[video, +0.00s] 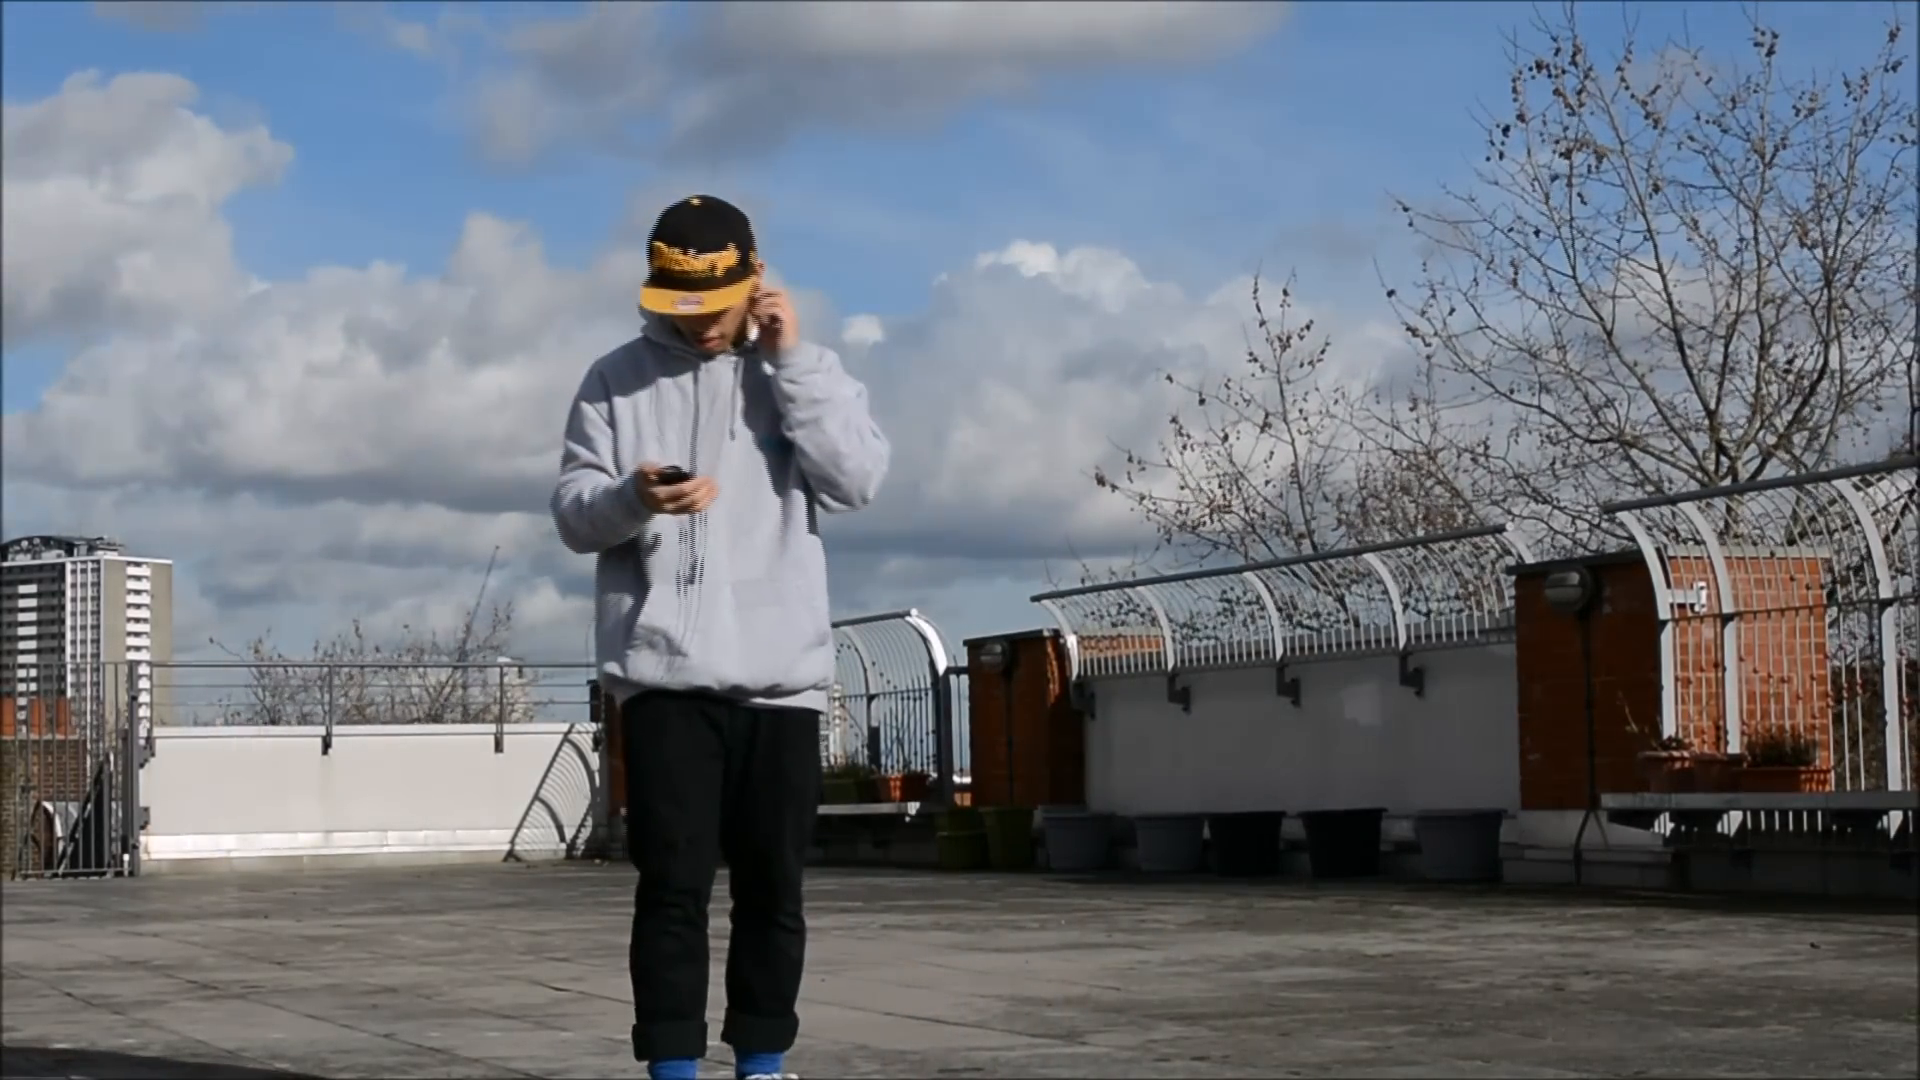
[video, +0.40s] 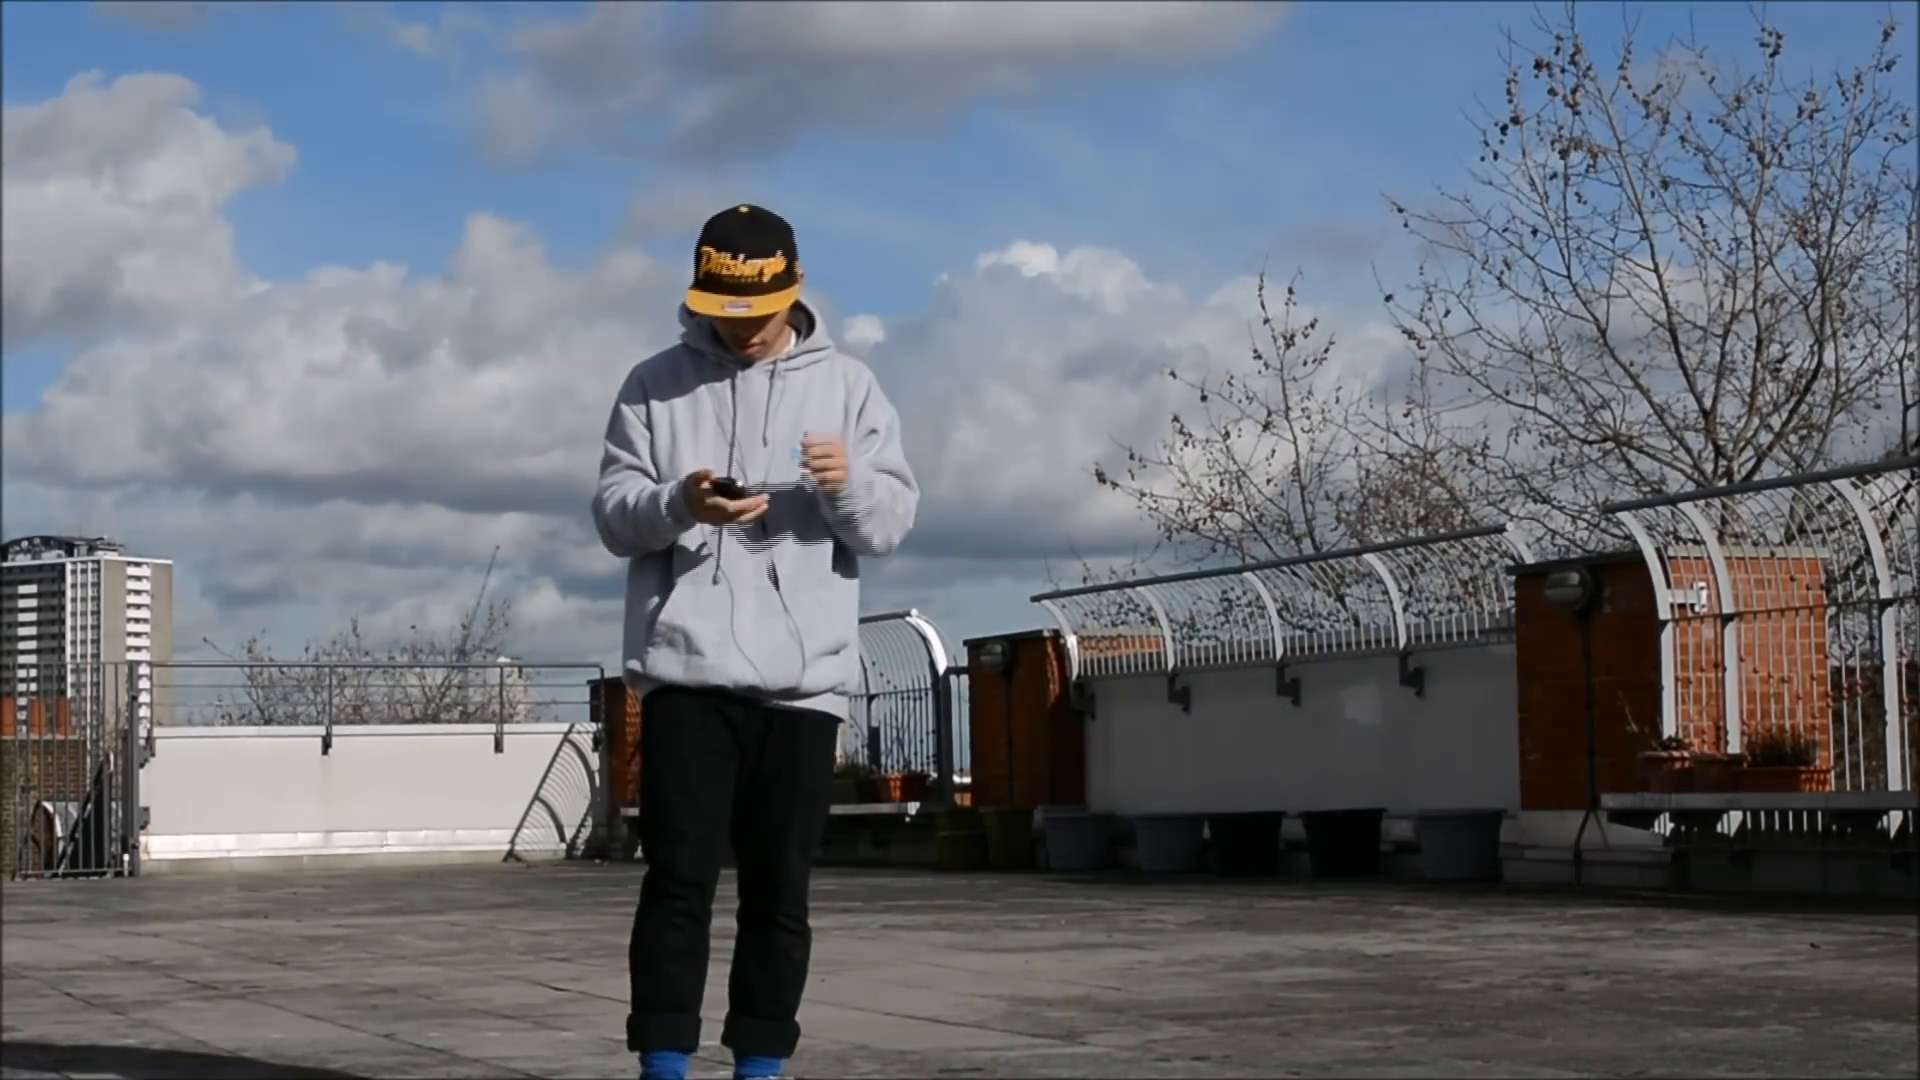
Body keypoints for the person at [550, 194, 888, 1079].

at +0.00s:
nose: (696, 329)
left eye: (712, 311)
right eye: (677, 314)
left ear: (751, 285)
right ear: (652, 291)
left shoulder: (797, 370)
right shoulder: (616, 378)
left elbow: (857, 479)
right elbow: (575, 517)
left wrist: (791, 357)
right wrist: (635, 497)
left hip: (779, 675)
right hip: (662, 676)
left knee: (771, 882)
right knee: (674, 881)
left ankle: (764, 1062)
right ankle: (672, 1064)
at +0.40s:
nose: (742, 327)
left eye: (759, 311)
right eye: (725, 312)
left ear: (793, 290)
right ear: (700, 295)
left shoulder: (848, 383)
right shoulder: (654, 384)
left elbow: (892, 521)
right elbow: (616, 515)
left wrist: (847, 485)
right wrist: (679, 504)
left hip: (803, 676)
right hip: (686, 674)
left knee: (780, 883)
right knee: (680, 875)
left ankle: (763, 1063)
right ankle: (664, 1061)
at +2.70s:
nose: (753, 278)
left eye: (772, 259)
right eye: (736, 260)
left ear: (807, 262)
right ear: (716, 263)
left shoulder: (863, 375)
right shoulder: (661, 374)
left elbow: (908, 487)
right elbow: (616, 504)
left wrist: (873, 533)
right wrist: (607, 613)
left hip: (804, 677)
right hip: (683, 669)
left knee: (781, 885)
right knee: (671, 877)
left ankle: (762, 1063)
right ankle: (653, 1063)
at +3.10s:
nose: (757, 278)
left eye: (777, 260)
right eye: (742, 260)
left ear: (815, 263)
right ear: (724, 262)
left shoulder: (865, 381)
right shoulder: (667, 362)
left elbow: (900, 496)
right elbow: (617, 483)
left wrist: (867, 545)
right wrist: (623, 590)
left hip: (803, 668)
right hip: (682, 655)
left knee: (780, 881)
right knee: (672, 871)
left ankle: (761, 1063)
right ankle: (653, 1062)